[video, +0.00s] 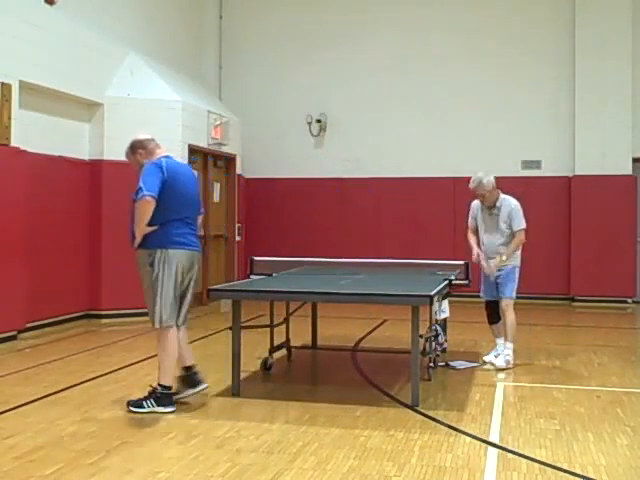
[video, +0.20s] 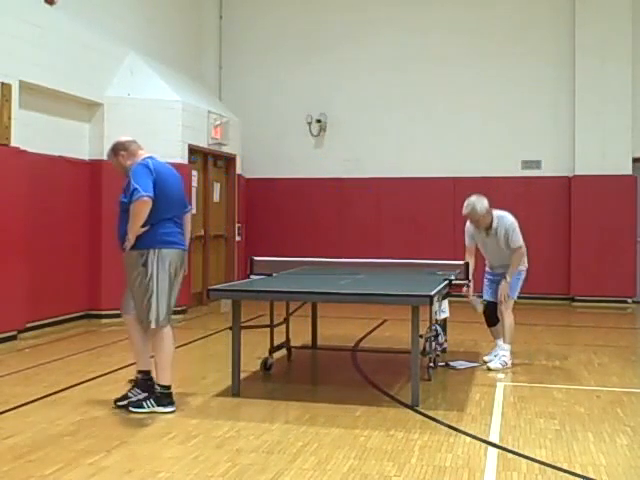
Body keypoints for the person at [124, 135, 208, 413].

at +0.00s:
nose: (136, 167)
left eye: (134, 162)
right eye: (134, 163)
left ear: (140, 153)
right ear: (157, 147)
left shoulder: (154, 166)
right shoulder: (188, 170)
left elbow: (147, 199)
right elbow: (199, 212)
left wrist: (139, 231)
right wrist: (191, 237)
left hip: (165, 248)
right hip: (190, 247)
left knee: (166, 323)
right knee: (175, 320)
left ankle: (163, 392)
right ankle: (189, 373)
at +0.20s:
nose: (120, 170)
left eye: (118, 165)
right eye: (118, 166)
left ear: (123, 156)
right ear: (139, 149)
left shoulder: (140, 167)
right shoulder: (169, 170)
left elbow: (143, 199)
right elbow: (186, 211)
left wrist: (131, 234)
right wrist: (183, 246)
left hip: (154, 249)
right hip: (174, 248)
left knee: (158, 321)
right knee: (132, 312)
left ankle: (163, 393)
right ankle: (145, 382)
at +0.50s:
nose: (86, 178)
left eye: (84, 173)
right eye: (83, 174)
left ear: (92, 162)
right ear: (100, 156)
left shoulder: (111, 169)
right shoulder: (129, 169)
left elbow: (126, 193)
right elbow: (157, 210)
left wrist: (114, 233)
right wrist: (157, 244)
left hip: (137, 251)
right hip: (140, 250)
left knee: (145, 323)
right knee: (117, 319)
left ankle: (162, 393)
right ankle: (101, 386)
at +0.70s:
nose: (66, 179)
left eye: (64, 173)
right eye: (64, 176)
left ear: (72, 162)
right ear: (78, 158)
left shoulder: (92, 169)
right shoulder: (102, 171)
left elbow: (109, 193)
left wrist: (97, 233)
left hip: (115, 250)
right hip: (117, 249)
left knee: (103, 325)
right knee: (109, 326)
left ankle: (149, 381)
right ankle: (95, 389)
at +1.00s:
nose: (47, 173)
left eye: (45, 167)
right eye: (44, 170)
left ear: (54, 155)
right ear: (57, 153)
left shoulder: (76, 163)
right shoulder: (71, 176)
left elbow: (97, 188)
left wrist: (76, 228)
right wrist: (60, 248)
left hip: (89, 247)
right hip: (100, 248)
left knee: (49, 313)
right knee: (90, 320)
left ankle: (66, 386)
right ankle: (95, 389)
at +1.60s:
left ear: (0, 150)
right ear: (2, 150)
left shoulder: (17, 167)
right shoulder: (6, 173)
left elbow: (51, 192)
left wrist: (27, 234)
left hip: (37, 252)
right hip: (10, 255)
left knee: (27, 325)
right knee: (4, 320)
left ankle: (18, 400)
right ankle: (43, 367)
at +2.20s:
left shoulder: (1, 171)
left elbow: (25, 194)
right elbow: (25, 194)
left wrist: (2, 228)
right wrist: (3, 227)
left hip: (1, 253)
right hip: (2, 253)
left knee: (2, 333)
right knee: (3, 333)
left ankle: (13, 399)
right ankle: (12, 398)